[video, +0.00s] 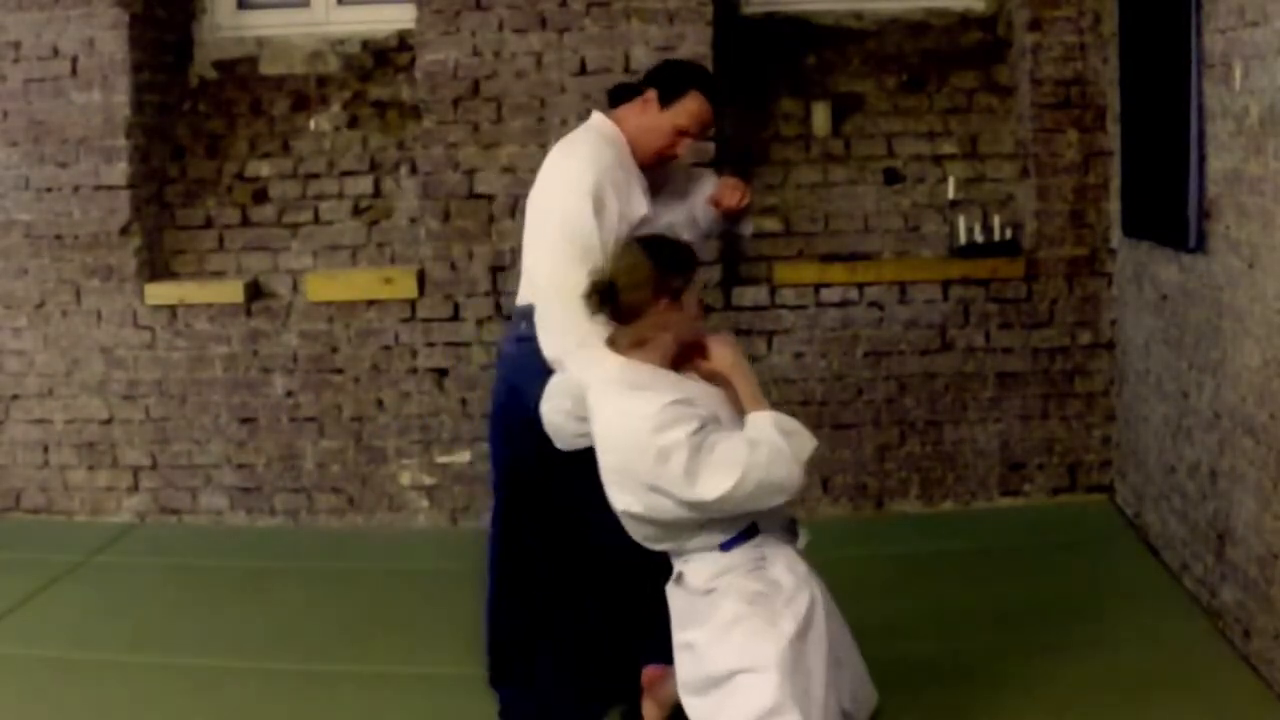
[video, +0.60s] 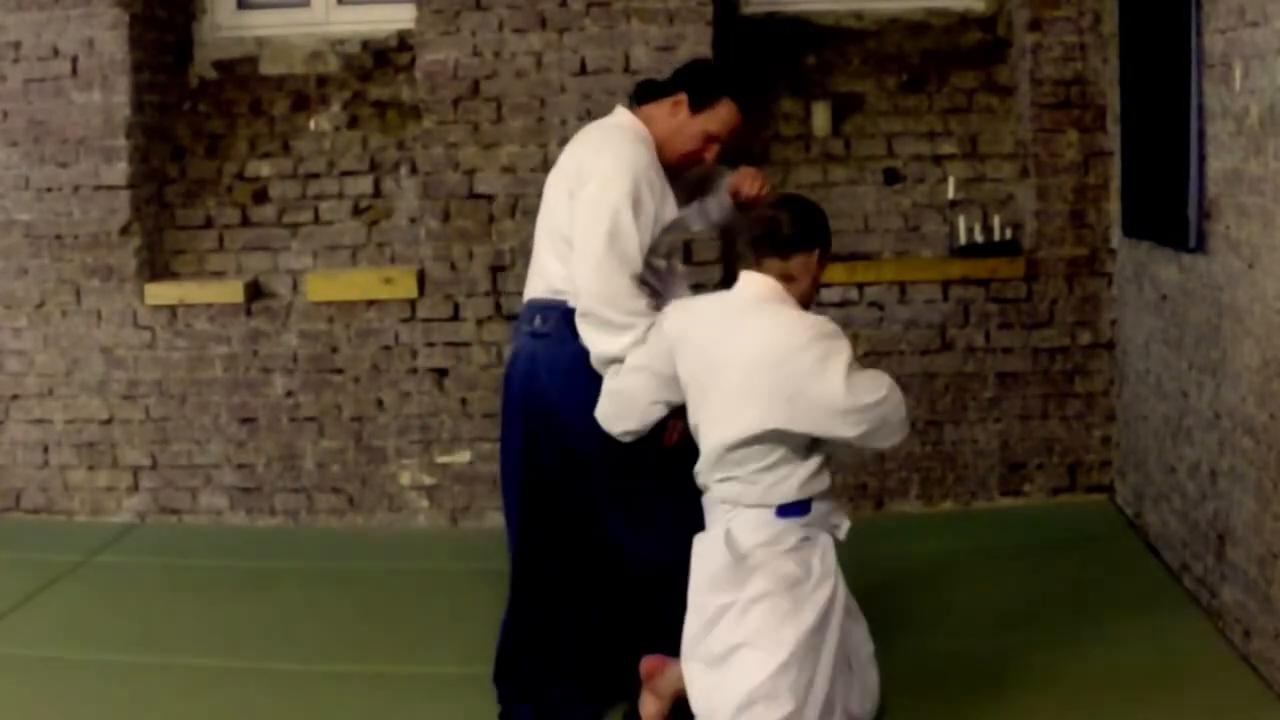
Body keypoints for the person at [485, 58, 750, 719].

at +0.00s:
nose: (682, 149)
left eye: (693, 139)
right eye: (684, 131)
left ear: (649, 105)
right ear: (650, 102)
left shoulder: (617, 161)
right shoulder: (581, 165)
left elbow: (642, 217)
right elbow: (564, 306)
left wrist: (706, 201)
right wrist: (627, 397)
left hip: (590, 363)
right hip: (548, 367)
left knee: (604, 540)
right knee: (558, 548)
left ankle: (598, 692)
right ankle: (549, 697)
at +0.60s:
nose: (708, 158)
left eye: (719, 147)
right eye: (709, 138)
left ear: (670, 107)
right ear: (678, 105)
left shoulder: (612, 145)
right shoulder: (620, 157)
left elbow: (657, 229)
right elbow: (604, 289)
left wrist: (725, 201)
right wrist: (658, 391)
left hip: (558, 352)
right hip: (579, 360)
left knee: (564, 540)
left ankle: (548, 694)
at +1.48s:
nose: (702, 152)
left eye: (711, 139)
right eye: (702, 131)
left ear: (658, 101)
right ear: (667, 101)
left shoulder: (571, 146)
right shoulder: (624, 160)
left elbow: (587, 250)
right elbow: (632, 296)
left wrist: (676, 249)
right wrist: (687, 401)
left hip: (531, 351)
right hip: (588, 355)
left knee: (551, 539)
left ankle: (539, 694)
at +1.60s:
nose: (695, 146)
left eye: (704, 133)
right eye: (695, 126)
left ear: (646, 100)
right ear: (656, 98)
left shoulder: (563, 151)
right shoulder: (620, 161)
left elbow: (550, 275)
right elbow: (635, 300)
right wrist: (687, 401)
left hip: (530, 352)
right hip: (589, 354)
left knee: (552, 540)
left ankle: (542, 695)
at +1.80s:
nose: (677, 131)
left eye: (685, 116)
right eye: (679, 110)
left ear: (626, 87)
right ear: (643, 87)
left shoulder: (522, 143)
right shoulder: (626, 148)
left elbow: (480, 237)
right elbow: (648, 280)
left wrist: (527, 303)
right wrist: (694, 389)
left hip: (523, 338)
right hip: (598, 327)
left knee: (541, 525)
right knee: (676, 497)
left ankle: (540, 694)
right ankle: (640, 594)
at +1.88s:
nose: (675, 132)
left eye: (684, 118)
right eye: (677, 112)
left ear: (622, 86)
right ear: (643, 88)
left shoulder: (517, 141)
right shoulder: (628, 147)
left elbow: (471, 237)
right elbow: (657, 276)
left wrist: (518, 297)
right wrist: (697, 390)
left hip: (519, 336)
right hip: (599, 326)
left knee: (524, 517)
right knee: (658, 494)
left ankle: (540, 679)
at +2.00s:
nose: (678, 133)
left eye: (686, 119)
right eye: (681, 114)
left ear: (628, 86)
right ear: (648, 89)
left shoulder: (518, 139)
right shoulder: (631, 147)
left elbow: (474, 239)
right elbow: (657, 269)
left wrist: (520, 296)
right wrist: (703, 378)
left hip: (518, 336)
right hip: (600, 326)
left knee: (521, 518)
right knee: (648, 498)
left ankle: (538, 681)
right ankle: (607, 666)